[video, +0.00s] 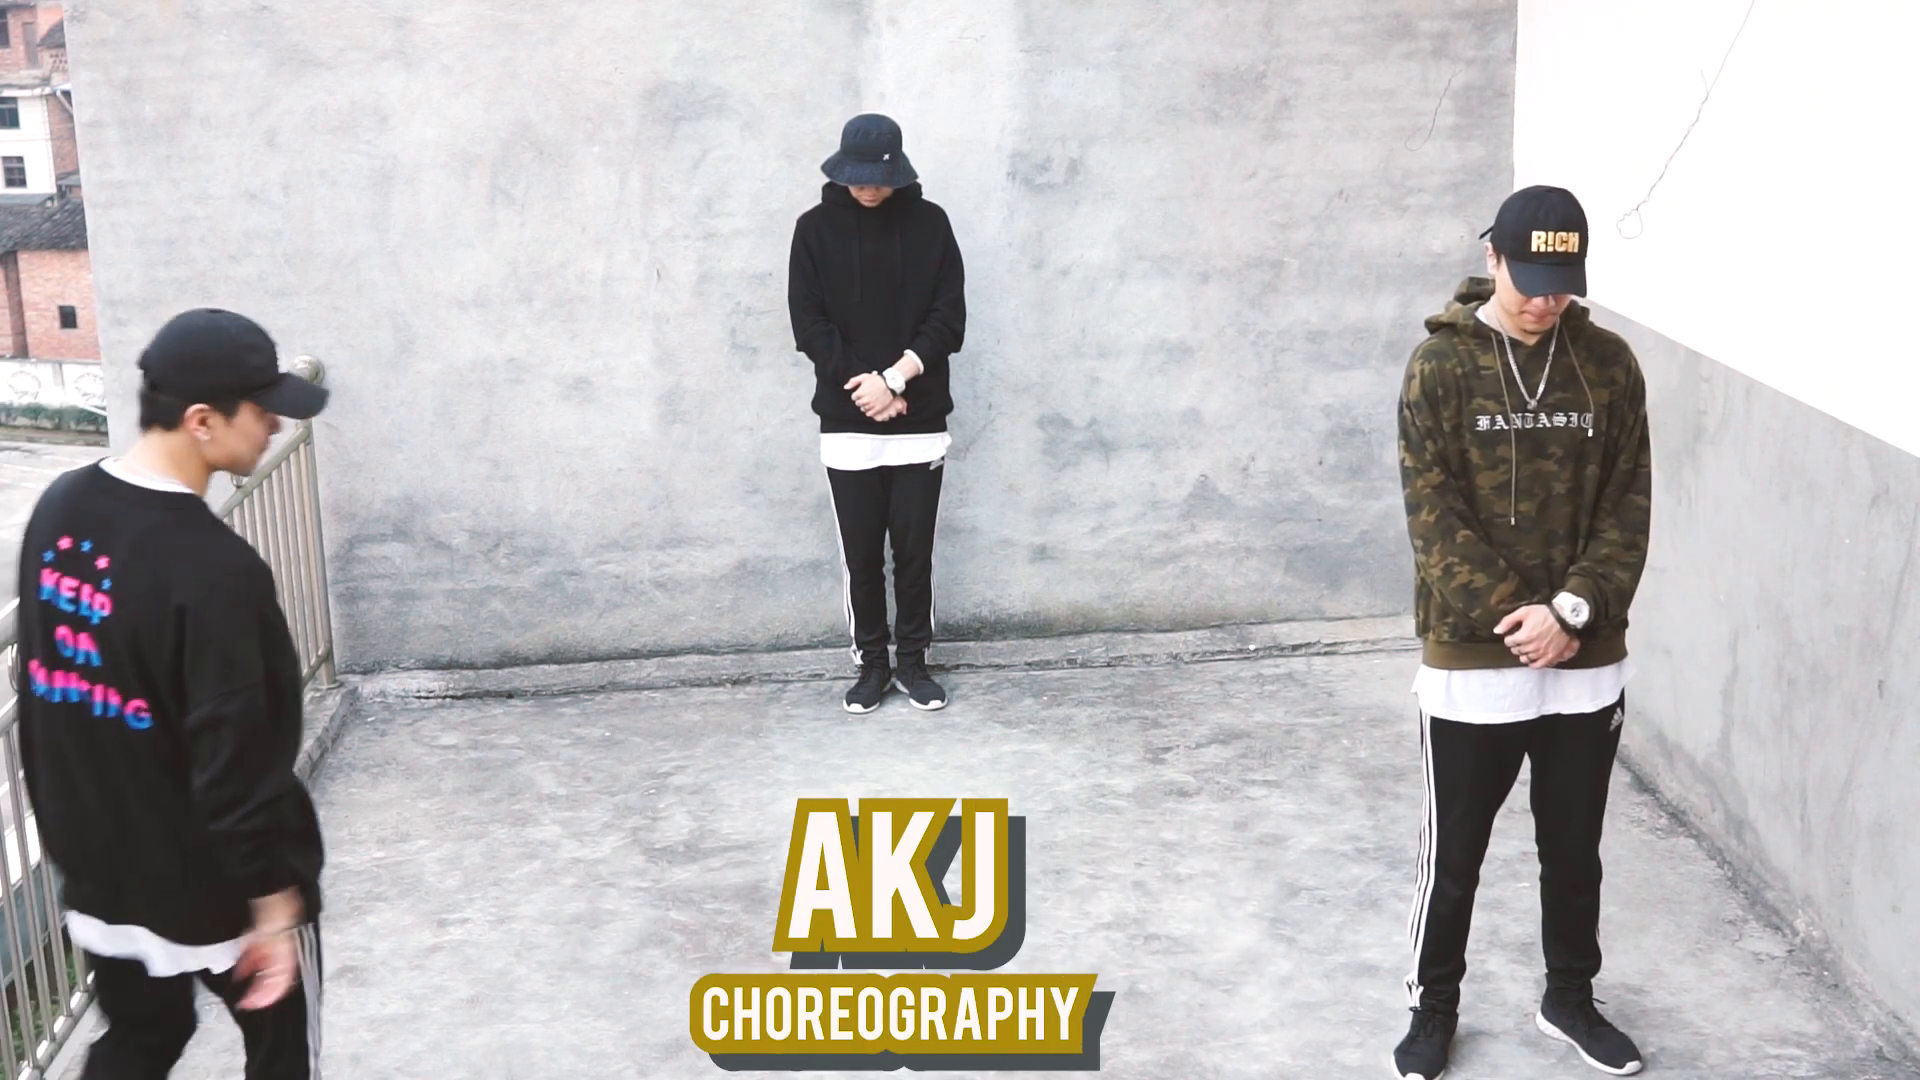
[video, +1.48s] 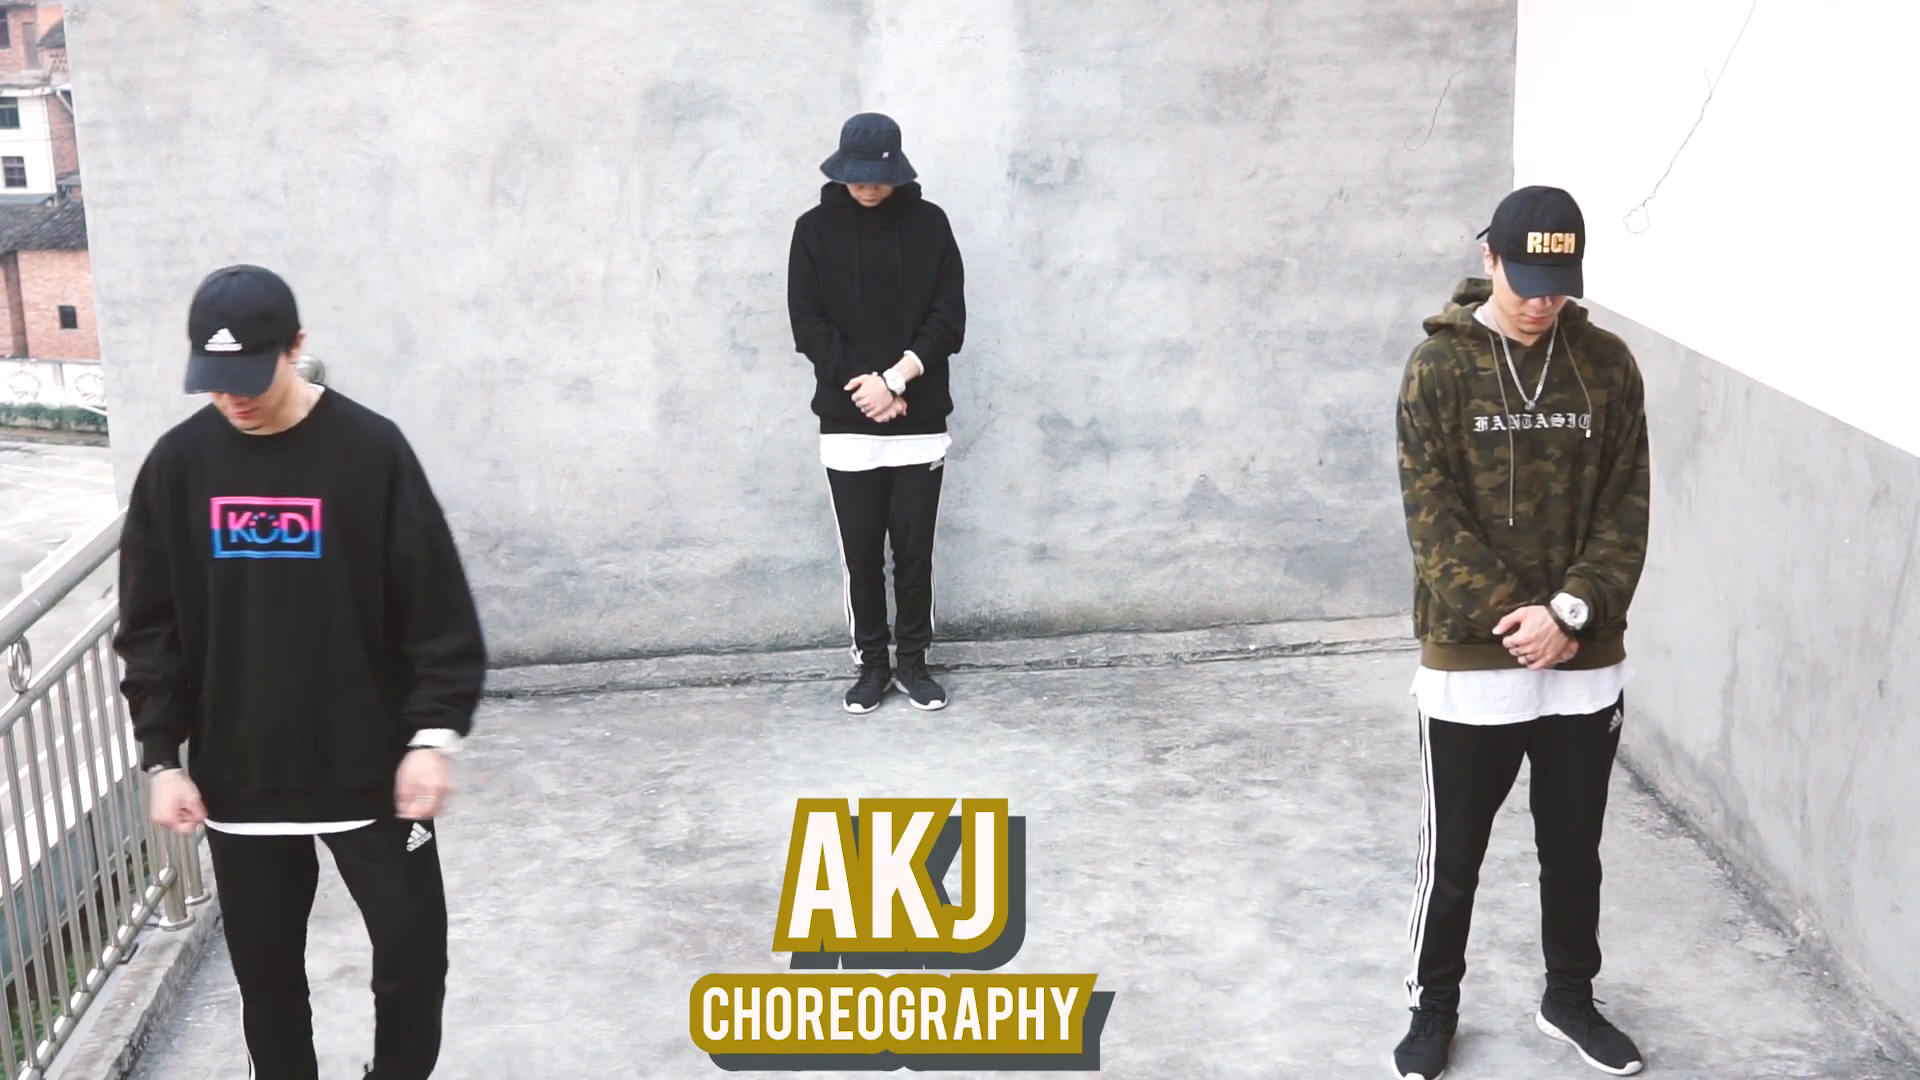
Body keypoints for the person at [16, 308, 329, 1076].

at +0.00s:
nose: (277, 425)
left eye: (276, 409)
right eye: (264, 409)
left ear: (192, 415)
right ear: (202, 420)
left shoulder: (61, 506)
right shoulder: (217, 570)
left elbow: (40, 706)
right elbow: (237, 765)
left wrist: (73, 840)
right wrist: (275, 910)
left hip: (96, 871)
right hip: (215, 887)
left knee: (142, 1033)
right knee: (280, 1053)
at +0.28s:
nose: (321, 404)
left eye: (318, 388)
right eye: (304, 390)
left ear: (232, 395)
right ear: (236, 398)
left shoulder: (166, 469)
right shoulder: (234, 531)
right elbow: (384, 674)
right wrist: (451, 542)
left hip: (217, 836)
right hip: (280, 858)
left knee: (286, 1045)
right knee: (306, 1060)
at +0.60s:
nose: (361, 388)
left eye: (360, 370)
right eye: (343, 375)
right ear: (275, 379)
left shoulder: (335, 443)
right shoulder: (230, 499)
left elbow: (381, 602)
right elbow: (320, 630)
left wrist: (424, 712)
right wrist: (388, 536)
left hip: (373, 770)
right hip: (303, 796)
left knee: (403, 970)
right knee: (336, 1024)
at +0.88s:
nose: (402, 364)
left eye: (409, 344)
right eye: (379, 350)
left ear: (421, 337)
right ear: (319, 349)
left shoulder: (440, 441)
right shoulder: (268, 459)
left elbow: (480, 588)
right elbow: (243, 627)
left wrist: (497, 725)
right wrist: (252, 790)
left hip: (415, 773)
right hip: (304, 789)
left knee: (423, 970)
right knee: (306, 1010)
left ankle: (385, 1078)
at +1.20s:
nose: (324, 377)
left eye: (343, 358)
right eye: (307, 360)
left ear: (384, 339)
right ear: (286, 347)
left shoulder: (443, 446)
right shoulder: (237, 447)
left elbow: (506, 589)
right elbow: (193, 583)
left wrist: (544, 726)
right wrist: (192, 710)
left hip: (407, 762)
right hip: (275, 763)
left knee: (413, 971)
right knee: (277, 981)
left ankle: (386, 1076)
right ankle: (280, 1077)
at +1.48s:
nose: (235, 402)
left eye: (251, 381)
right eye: (219, 383)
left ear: (295, 349)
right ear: (199, 362)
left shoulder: (372, 450)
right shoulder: (176, 464)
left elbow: (438, 606)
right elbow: (148, 622)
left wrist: (432, 738)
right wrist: (163, 760)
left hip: (368, 769)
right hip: (242, 775)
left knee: (416, 957)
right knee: (268, 985)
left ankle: (397, 1074)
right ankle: (286, 1078)